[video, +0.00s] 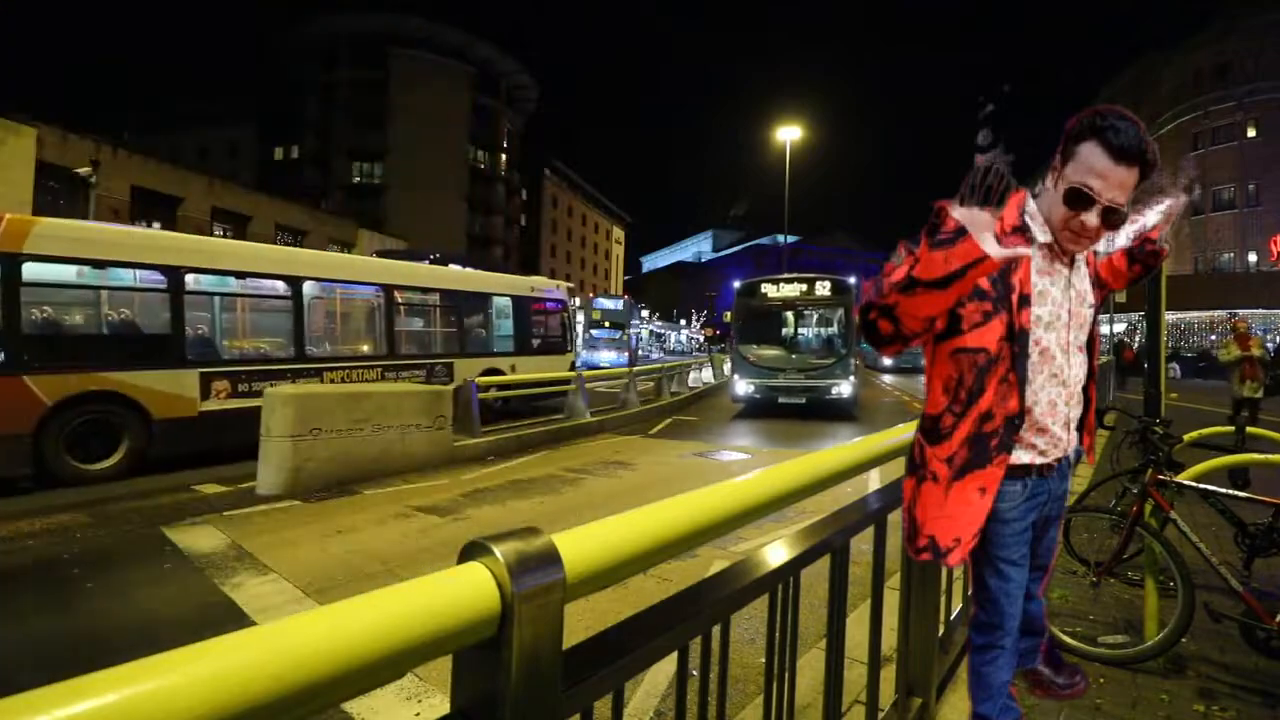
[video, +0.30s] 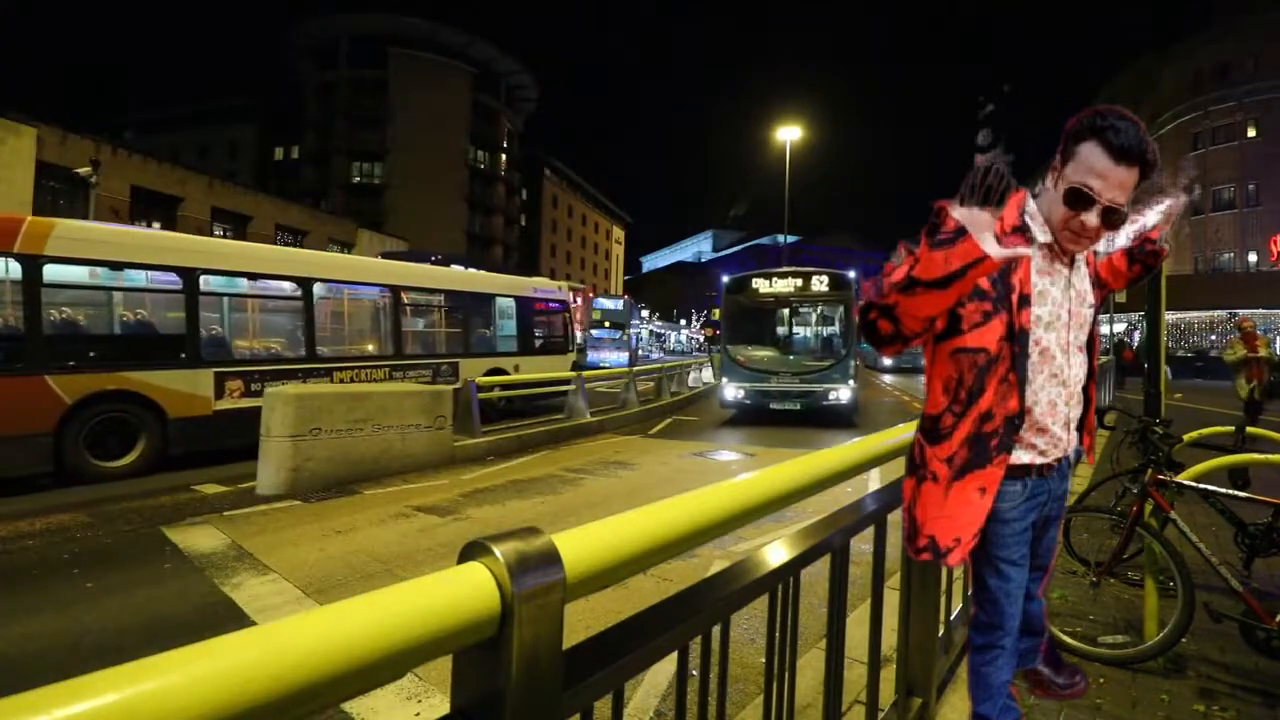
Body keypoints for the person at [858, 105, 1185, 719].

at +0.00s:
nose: (1089, 222)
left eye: (1110, 212)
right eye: (1079, 198)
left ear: (1123, 211)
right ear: (1051, 171)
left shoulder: (1084, 264)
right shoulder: (985, 242)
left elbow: (1112, 272)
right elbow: (882, 328)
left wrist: (1151, 241)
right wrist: (962, 246)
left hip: (1057, 467)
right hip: (1000, 475)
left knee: (1035, 581)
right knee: (1000, 612)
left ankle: (1027, 659)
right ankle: (993, 709)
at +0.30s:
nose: (1089, 222)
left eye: (1110, 212)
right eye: (1079, 198)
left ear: (1123, 212)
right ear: (1052, 172)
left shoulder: (1083, 264)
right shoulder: (985, 243)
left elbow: (1108, 274)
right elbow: (882, 328)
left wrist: (1151, 241)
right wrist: (961, 245)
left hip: (1058, 467)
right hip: (1000, 476)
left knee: (1034, 581)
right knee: (999, 614)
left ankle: (1028, 658)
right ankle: (994, 709)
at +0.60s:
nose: (1089, 222)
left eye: (1110, 212)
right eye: (1079, 198)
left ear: (1123, 212)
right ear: (1052, 172)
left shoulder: (1083, 264)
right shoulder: (986, 243)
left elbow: (1108, 275)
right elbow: (882, 328)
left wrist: (1150, 241)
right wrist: (961, 245)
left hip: (1057, 467)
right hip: (1000, 476)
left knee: (1034, 582)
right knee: (1000, 613)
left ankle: (1028, 659)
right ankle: (994, 710)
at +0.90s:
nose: (1089, 222)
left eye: (1109, 211)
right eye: (1079, 198)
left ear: (1123, 211)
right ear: (1052, 172)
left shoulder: (1085, 264)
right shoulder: (985, 242)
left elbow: (1117, 270)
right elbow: (882, 327)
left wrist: (1153, 240)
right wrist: (961, 245)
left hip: (1057, 467)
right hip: (1000, 475)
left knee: (1034, 582)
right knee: (1000, 612)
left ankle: (1027, 660)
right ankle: (994, 710)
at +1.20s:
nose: (1089, 222)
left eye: (1110, 212)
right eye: (1079, 198)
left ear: (1123, 211)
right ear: (1052, 172)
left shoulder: (1084, 264)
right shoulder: (985, 242)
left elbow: (1111, 273)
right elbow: (883, 327)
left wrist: (1151, 241)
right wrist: (962, 244)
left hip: (1057, 467)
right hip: (1000, 475)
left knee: (1034, 582)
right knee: (1000, 611)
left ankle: (1028, 659)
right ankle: (993, 709)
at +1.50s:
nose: (1089, 222)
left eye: (1110, 211)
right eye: (1079, 198)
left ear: (1123, 211)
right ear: (1052, 172)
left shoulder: (1085, 264)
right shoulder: (985, 242)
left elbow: (1115, 271)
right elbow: (883, 328)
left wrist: (1152, 240)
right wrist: (962, 245)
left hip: (1057, 467)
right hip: (1000, 475)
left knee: (1034, 582)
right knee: (1000, 611)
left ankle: (1027, 659)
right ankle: (994, 709)